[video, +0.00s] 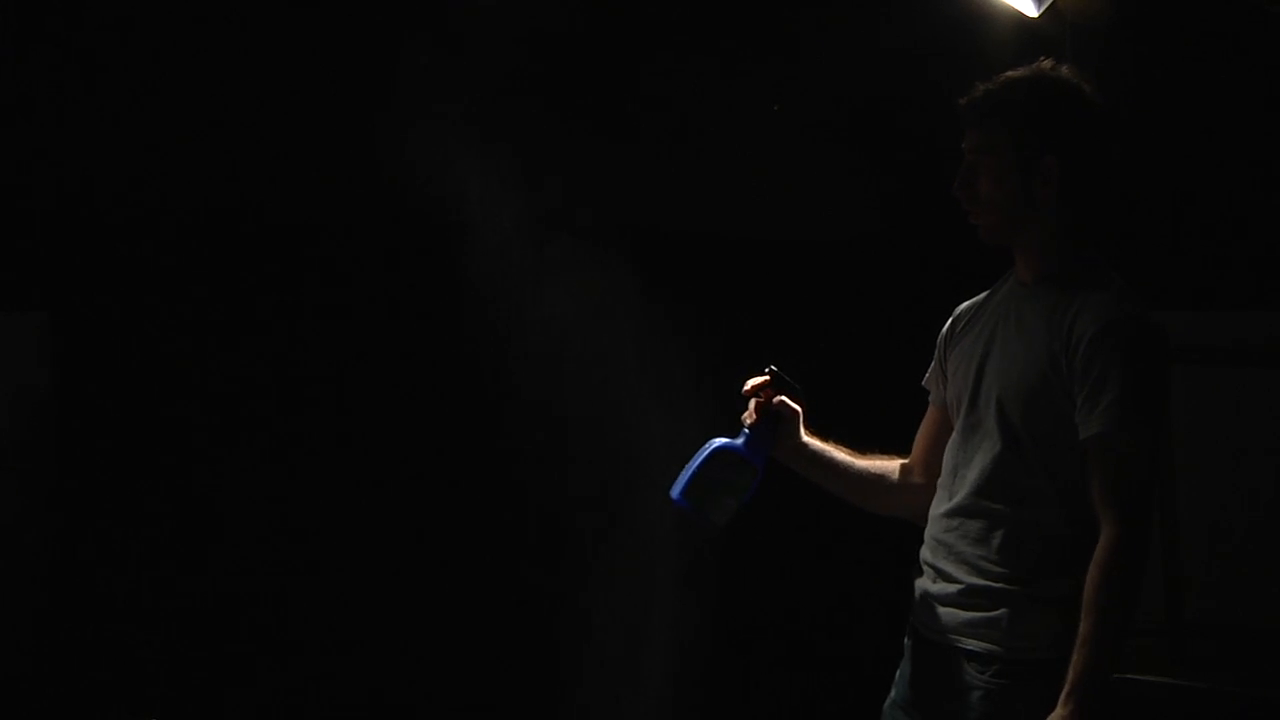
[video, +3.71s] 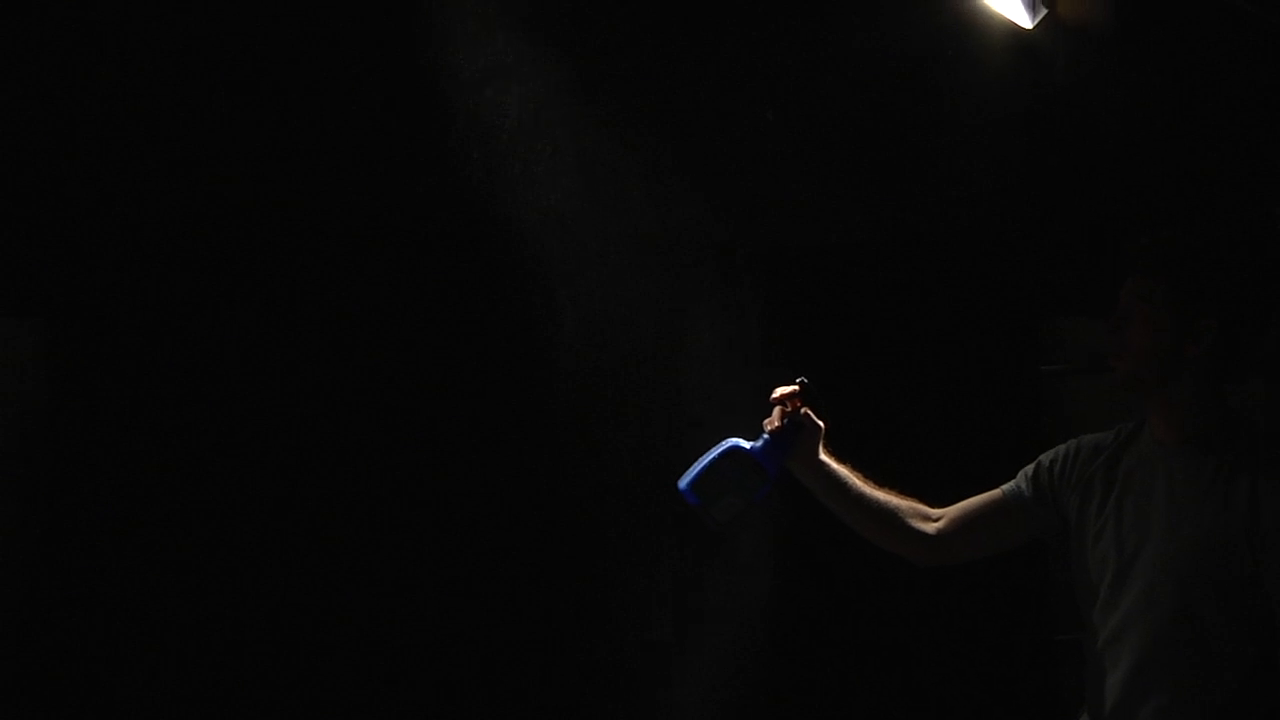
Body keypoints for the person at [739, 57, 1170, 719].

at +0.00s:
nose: (962, 184)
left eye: (982, 163)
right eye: (966, 163)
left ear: (1044, 174)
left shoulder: (1103, 324)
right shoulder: (969, 322)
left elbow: (1123, 527)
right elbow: (920, 486)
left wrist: (1076, 698)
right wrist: (798, 443)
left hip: (1022, 659)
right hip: (931, 644)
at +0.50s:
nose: (963, 180)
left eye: (983, 159)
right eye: (967, 159)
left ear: (1044, 171)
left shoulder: (1097, 323)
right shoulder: (966, 321)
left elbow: (1108, 526)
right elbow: (914, 485)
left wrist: (1035, 692)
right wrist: (797, 443)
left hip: (1011, 668)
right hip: (925, 648)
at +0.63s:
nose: (1122, 324)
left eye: (1145, 306)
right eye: (1123, 305)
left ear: (1202, 319)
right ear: (1121, 320)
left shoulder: (1258, 459)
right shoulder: (1088, 456)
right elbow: (930, 520)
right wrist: (806, 453)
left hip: (1233, 699)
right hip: (1117, 700)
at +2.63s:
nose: (1119, 316)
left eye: (1142, 299)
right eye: (1123, 297)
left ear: (1202, 319)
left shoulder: (1258, 459)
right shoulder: (1088, 456)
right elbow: (933, 519)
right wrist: (811, 449)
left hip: (1233, 702)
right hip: (1118, 702)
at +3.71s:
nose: (1121, 330)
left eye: (1143, 312)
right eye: (1125, 312)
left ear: (1199, 330)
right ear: (1125, 332)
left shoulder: (1256, 463)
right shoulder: (1087, 468)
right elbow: (933, 531)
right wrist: (814, 460)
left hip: (1238, 700)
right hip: (1121, 702)